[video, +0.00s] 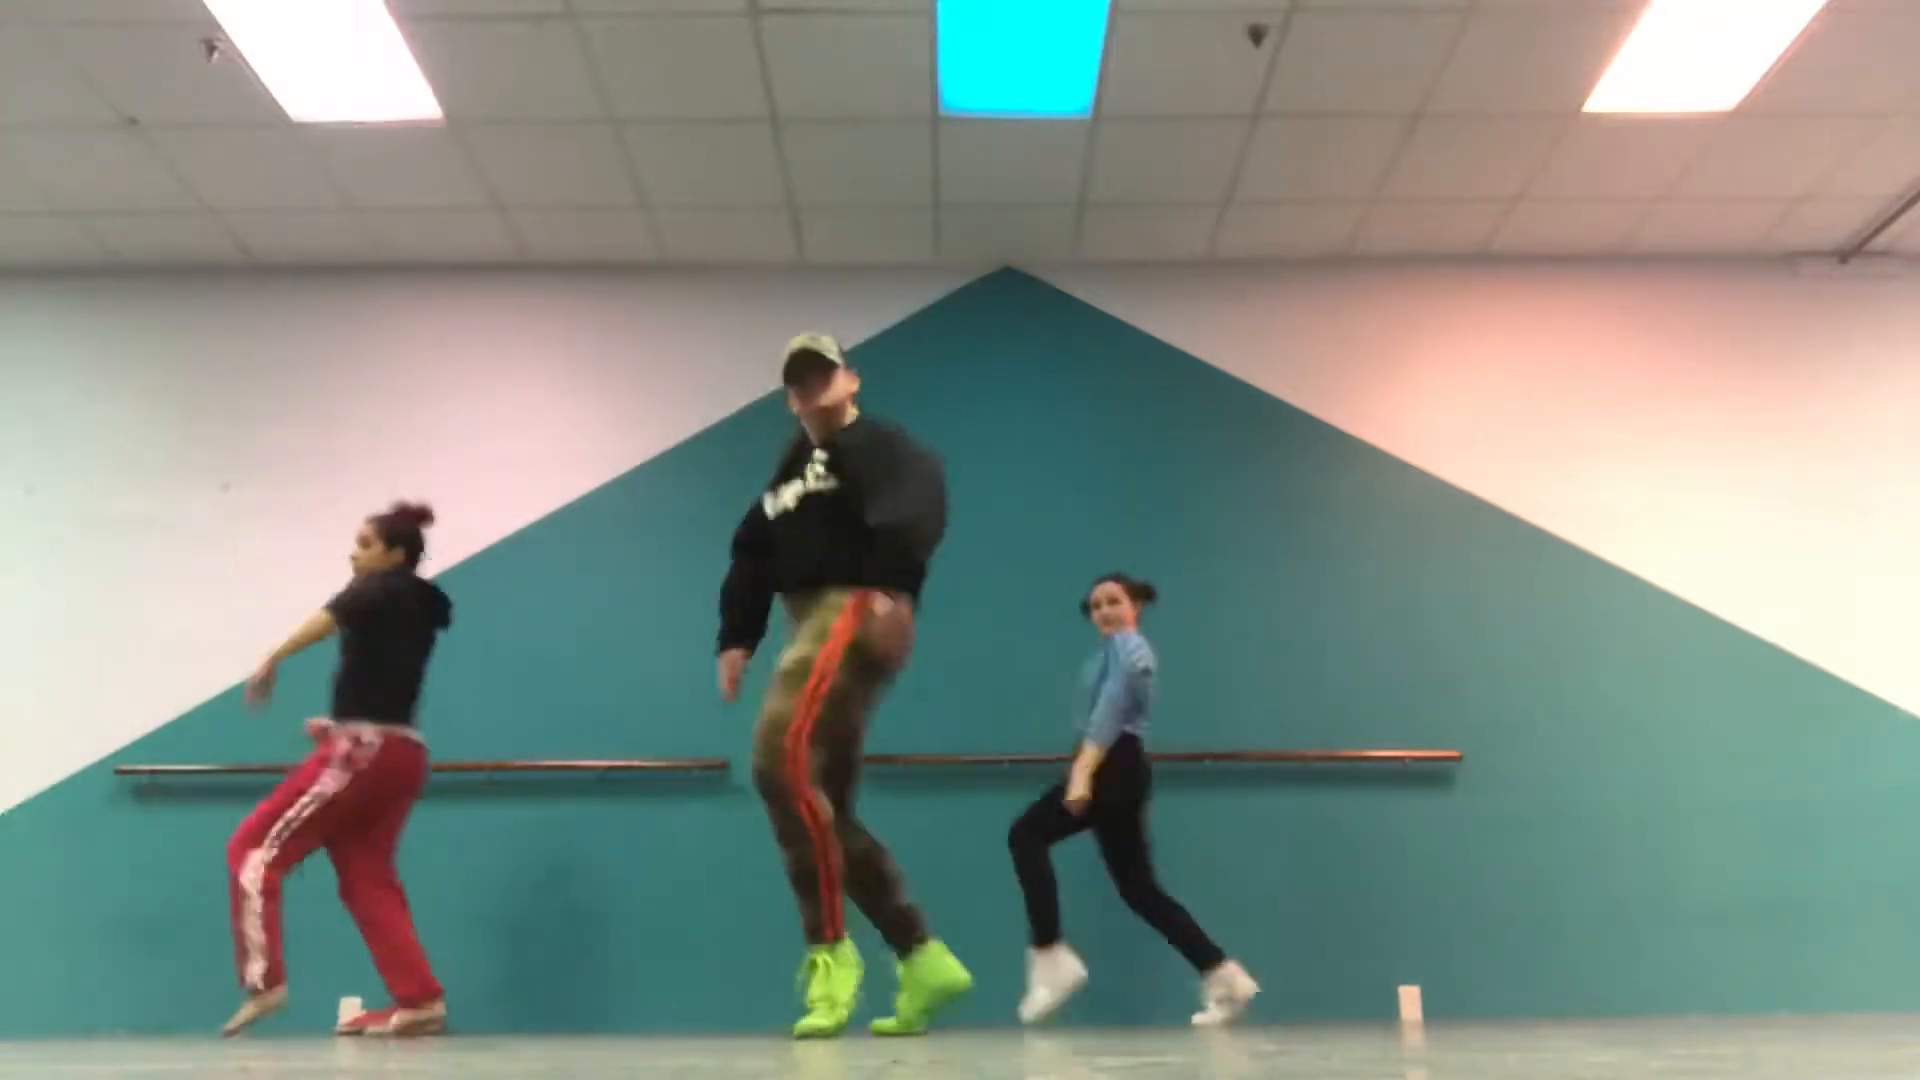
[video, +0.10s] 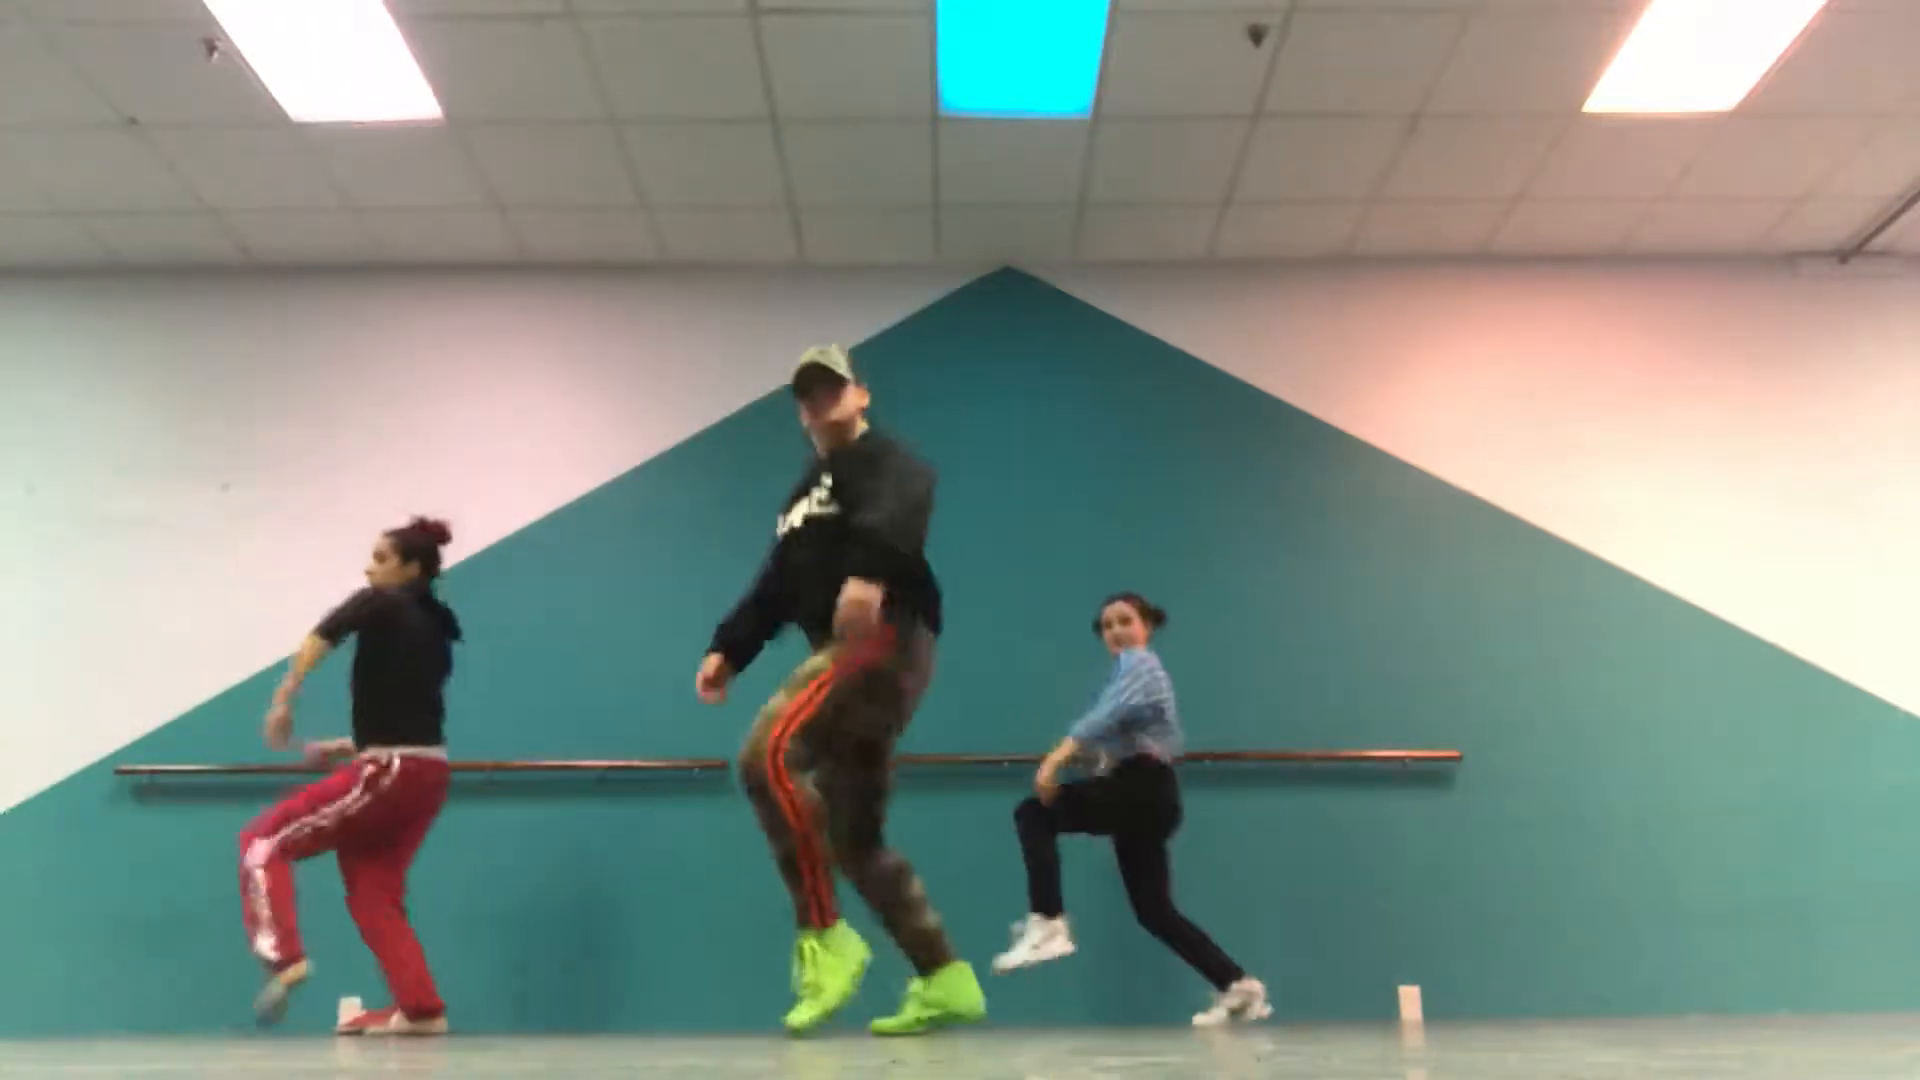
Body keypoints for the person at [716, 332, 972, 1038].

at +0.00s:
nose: (815, 392)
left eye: (825, 377)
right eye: (801, 384)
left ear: (851, 382)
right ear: (790, 399)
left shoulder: (880, 445)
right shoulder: (792, 468)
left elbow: (917, 500)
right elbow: (753, 548)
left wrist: (894, 583)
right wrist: (737, 634)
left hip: (859, 608)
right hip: (810, 616)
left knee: (780, 763)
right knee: (824, 807)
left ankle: (829, 954)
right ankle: (923, 959)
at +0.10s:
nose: (821, 406)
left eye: (832, 391)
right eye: (809, 398)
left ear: (861, 397)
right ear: (799, 411)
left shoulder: (888, 460)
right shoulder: (808, 494)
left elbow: (899, 512)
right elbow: (779, 578)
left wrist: (871, 574)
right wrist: (731, 648)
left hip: (884, 635)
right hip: (848, 644)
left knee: (767, 757)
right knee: (852, 832)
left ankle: (824, 936)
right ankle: (944, 975)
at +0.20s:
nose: (830, 408)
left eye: (842, 394)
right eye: (818, 400)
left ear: (870, 401)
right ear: (809, 415)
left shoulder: (892, 465)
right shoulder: (820, 501)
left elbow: (897, 532)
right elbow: (810, 607)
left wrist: (872, 588)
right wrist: (761, 665)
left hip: (895, 650)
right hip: (857, 658)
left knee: (774, 761)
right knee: (852, 836)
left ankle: (801, 952)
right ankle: (948, 981)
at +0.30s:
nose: (832, 405)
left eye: (844, 391)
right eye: (822, 396)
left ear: (877, 395)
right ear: (816, 408)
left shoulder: (891, 460)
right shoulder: (837, 470)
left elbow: (892, 538)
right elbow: (827, 573)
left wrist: (879, 606)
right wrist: (799, 662)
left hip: (874, 644)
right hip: (849, 646)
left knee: (784, 783)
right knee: (862, 828)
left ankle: (784, 978)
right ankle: (950, 982)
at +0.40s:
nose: (834, 403)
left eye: (846, 389)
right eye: (824, 395)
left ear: (880, 390)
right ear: (820, 406)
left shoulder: (899, 455)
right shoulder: (842, 461)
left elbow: (908, 539)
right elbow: (809, 541)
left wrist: (903, 631)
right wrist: (797, 624)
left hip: (845, 619)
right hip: (825, 622)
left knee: (785, 787)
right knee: (862, 811)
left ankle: (780, 985)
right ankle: (949, 976)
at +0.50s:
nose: (837, 404)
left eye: (849, 390)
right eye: (827, 396)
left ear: (883, 389)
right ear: (824, 408)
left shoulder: (902, 451)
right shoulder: (849, 459)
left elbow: (944, 532)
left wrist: (910, 625)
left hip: (830, 607)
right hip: (844, 613)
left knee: (779, 786)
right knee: (841, 809)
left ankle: (779, 981)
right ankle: (943, 961)